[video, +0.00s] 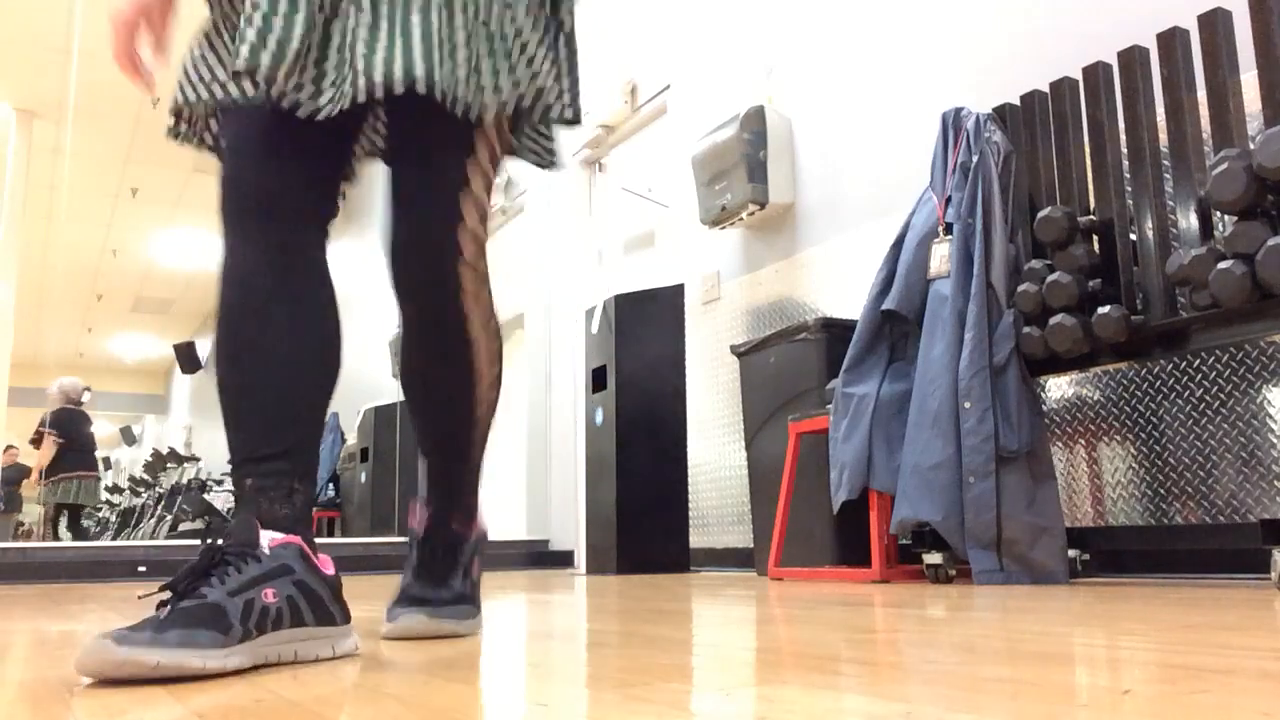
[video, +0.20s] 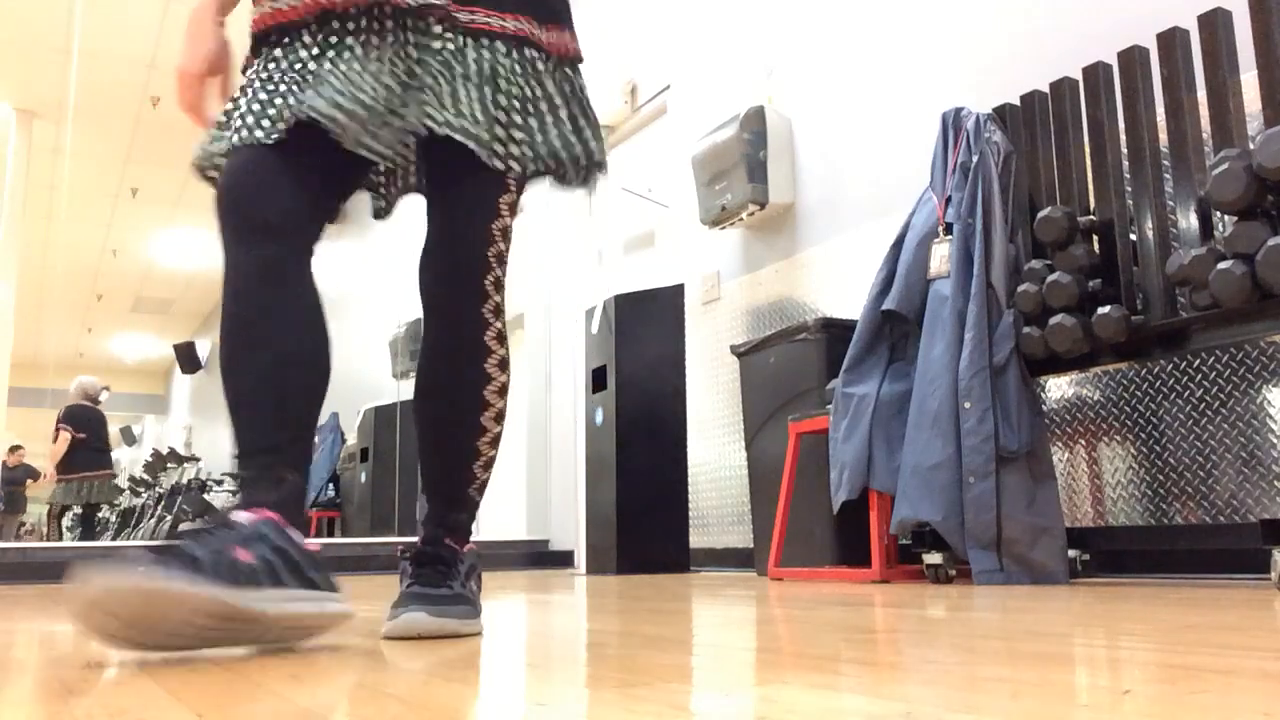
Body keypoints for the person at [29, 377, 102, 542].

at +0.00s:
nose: (52, 396)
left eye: (55, 392)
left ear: (58, 394)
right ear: (77, 395)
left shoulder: (55, 416)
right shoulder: (84, 416)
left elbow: (48, 448)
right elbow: (91, 448)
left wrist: (37, 469)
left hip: (62, 476)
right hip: (88, 475)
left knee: (50, 522)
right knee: (75, 522)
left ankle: (55, 561)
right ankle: (84, 557)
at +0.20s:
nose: (70, 392)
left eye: (73, 390)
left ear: (76, 392)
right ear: (95, 394)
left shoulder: (70, 411)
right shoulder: (100, 414)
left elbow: (64, 439)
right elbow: (106, 444)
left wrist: (51, 464)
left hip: (74, 477)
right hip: (101, 476)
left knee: (54, 514)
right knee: (89, 518)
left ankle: (55, 557)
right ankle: (86, 557)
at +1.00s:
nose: (110, 380)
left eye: (112, 376)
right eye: (111, 376)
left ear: (117, 379)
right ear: (134, 380)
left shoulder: (108, 402)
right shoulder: (142, 403)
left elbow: (96, 431)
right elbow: (147, 432)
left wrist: (80, 459)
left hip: (107, 471)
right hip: (137, 471)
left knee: (100, 517)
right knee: (131, 517)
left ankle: (100, 557)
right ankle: (151, 550)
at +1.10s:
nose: (117, 380)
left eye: (120, 376)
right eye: (119, 376)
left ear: (125, 379)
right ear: (142, 380)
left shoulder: (120, 402)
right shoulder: (150, 403)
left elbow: (112, 432)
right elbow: (156, 434)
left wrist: (92, 459)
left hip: (121, 470)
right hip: (150, 469)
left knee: (108, 516)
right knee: (148, 519)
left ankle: (105, 557)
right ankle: (153, 559)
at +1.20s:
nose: (123, 380)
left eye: (125, 376)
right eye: (125, 375)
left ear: (130, 379)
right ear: (147, 381)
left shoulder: (125, 401)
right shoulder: (155, 402)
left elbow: (121, 431)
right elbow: (161, 435)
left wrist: (100, 455)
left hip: (129, 470)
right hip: (158, 469)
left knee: (113, 515)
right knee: (151, 514)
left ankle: (109, 558)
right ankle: (155, 558)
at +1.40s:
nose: (133, 376)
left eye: (135, 373)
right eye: (135, 372)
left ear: (140, 374)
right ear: (157, 375)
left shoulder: (137, 396)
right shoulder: (165, 397)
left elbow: (128, 429)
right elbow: (179, 425)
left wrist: (102, 450)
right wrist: (160, 438)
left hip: (138, 469)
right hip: (165, 468)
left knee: (121, 511)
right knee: (154, 514)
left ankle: (131, 549)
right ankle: (156, 557)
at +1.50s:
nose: (134, 375)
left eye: (136, 371)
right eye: (135, 370)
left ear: (141, 373)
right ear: (160, 375)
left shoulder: (138, 396)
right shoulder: (167, 397)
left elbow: (127, 430)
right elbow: (182, 431)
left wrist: (97, 441)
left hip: (139, 467)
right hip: (166, 467)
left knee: (129, 511)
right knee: (154, 514)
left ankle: (139, 548)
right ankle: (155, 555)